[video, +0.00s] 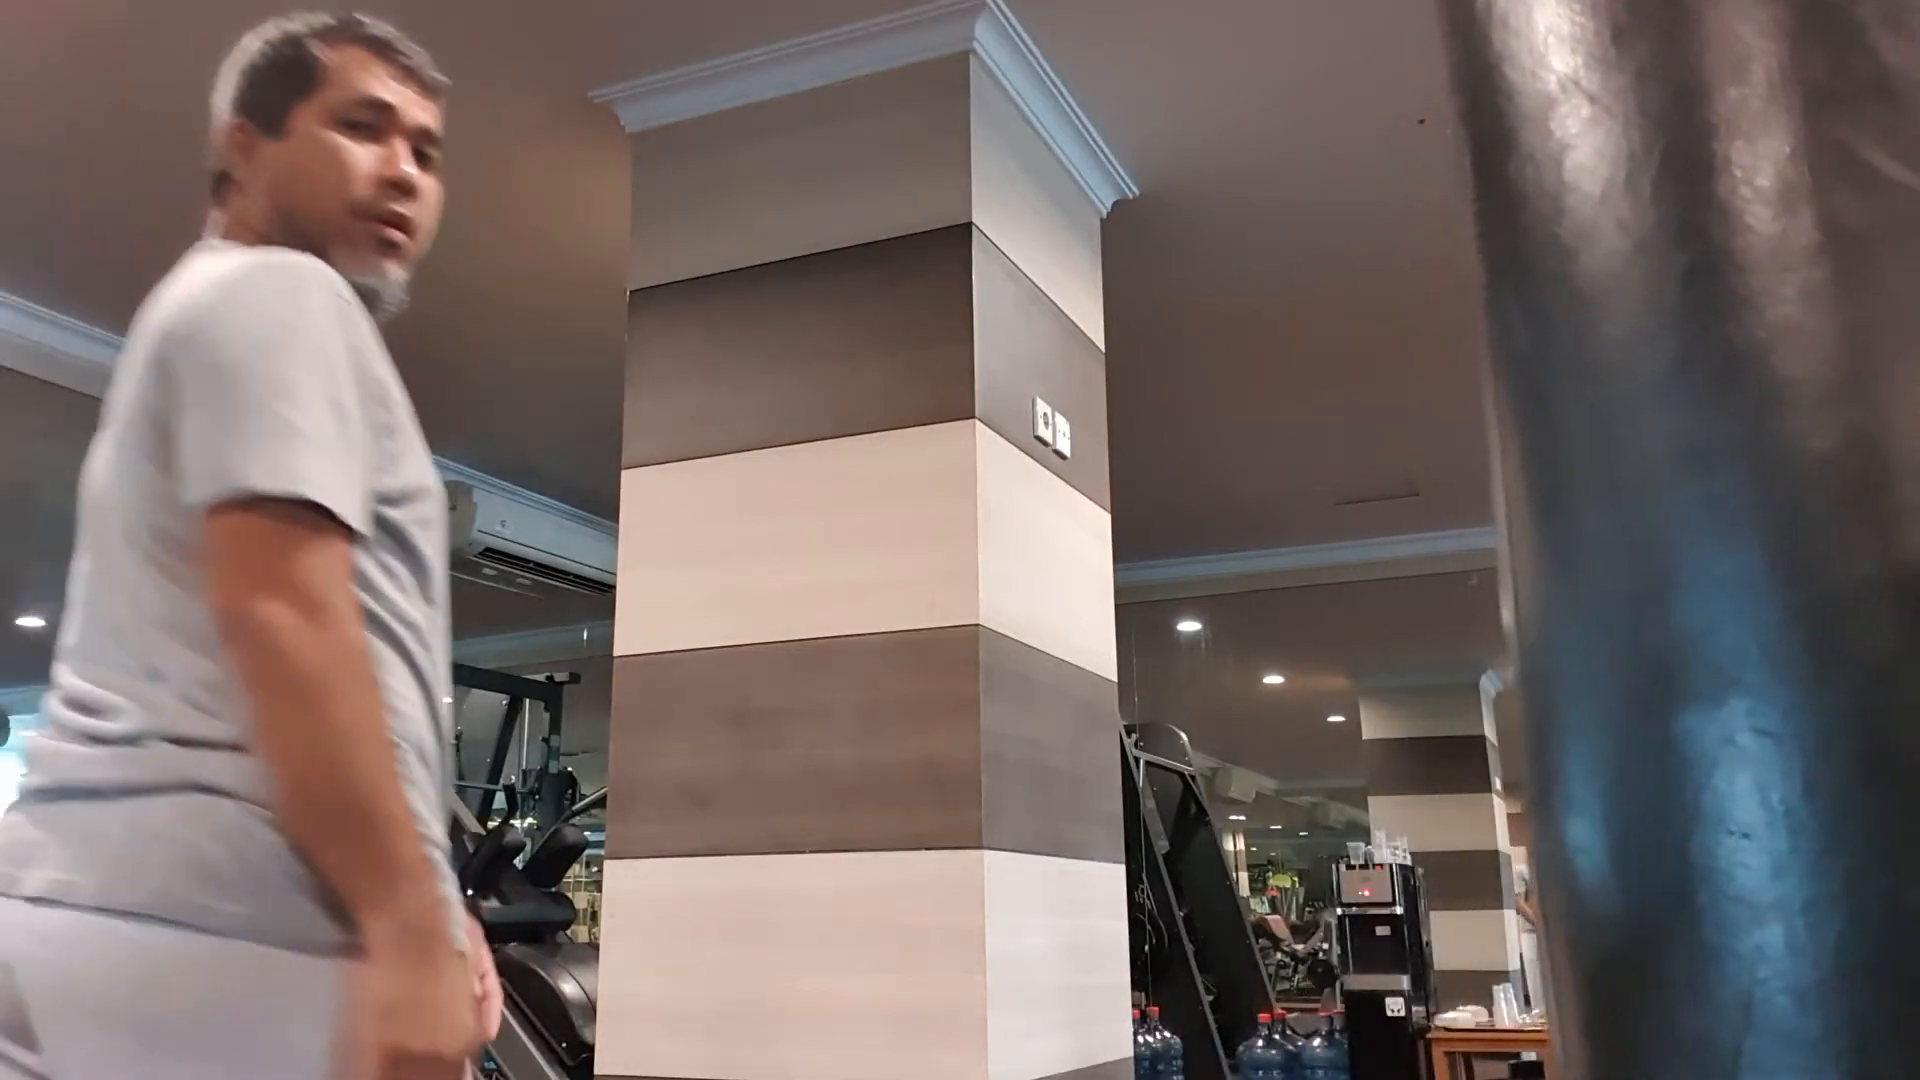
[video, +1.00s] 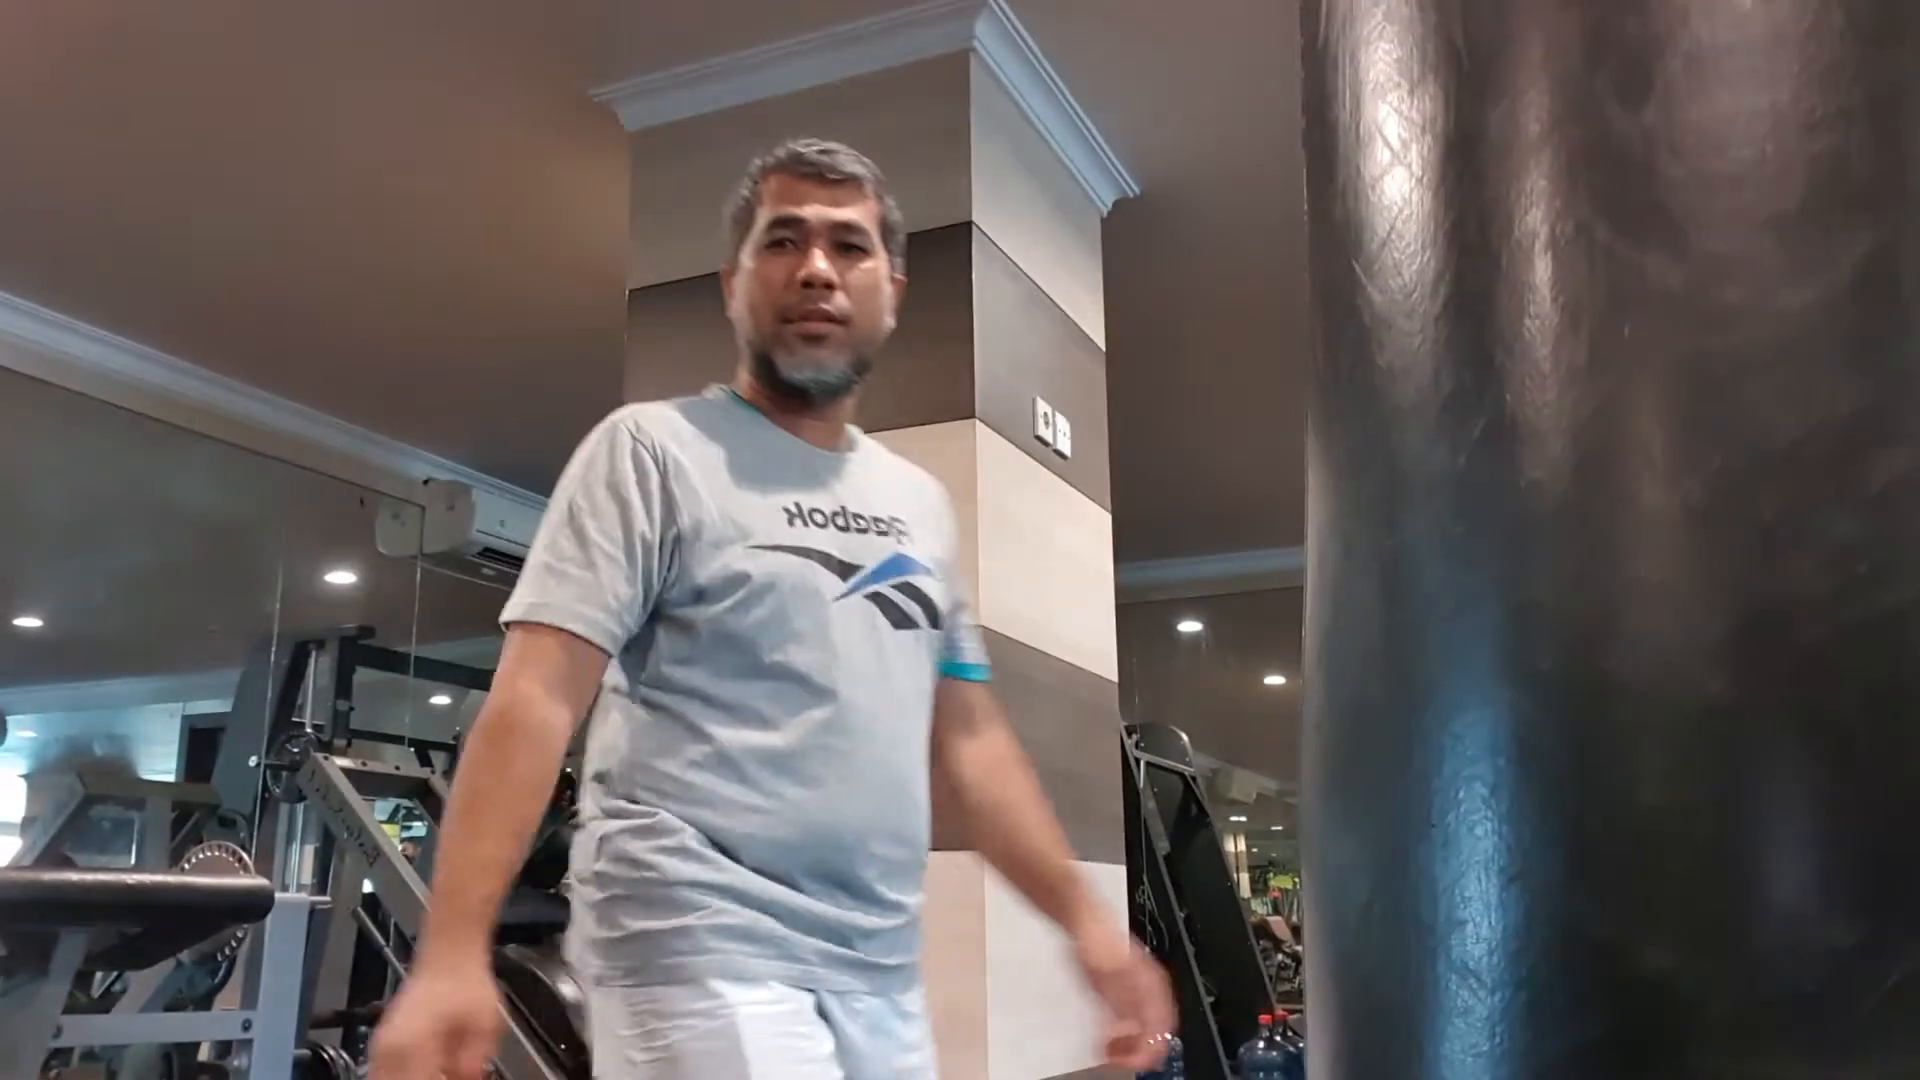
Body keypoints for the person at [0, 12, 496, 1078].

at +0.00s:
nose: (409, 172)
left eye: (427, 151)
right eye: (365, 126)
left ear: (437, 188)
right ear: (242, 144)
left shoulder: (213, 304)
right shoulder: (274, 296)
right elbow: (281, 610)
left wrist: (430, 904)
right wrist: (405, 922)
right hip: (219, 944)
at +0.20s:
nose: (537, 215)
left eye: (555, 189)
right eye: (495, 173)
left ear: (573, 217)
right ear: (383, 197)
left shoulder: (327, 368)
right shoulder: (433, 372)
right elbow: (475, 703)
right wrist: (583, 1000)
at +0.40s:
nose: (657, 249)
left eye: (674, 223)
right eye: (615, 210)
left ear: (695, 250)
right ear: (518, 238)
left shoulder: (464, 404)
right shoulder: (554, 413)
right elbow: (620, 742)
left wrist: (632, 885)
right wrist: (768, 986)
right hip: (509, 978)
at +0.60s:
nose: (711, 248)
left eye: (736, 221)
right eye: (671, 211)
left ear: (760, 254)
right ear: (593, 242)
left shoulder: (647, 426)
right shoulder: (582, 414)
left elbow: (640, 717)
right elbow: (628, 722)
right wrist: (816, 940)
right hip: (573, 959)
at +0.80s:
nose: (762, 244)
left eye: (793, 220)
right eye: (726, 213)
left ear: (826, 262)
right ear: (664, 252)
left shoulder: (809, 471)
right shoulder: (605, 415)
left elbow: (795, 713)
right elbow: (563, 683)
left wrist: (866, 904)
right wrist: (679, 962)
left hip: (786, 973)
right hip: (609, 961)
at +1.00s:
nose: (816, 270)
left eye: (849, 247)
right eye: (784, 242)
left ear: (894, 296)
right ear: (729, 287)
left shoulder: (918, 503)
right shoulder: (647, 452)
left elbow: (966, 737)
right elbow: (534, 699)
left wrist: (1085, 917)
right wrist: (451, 954)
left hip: (876, 971)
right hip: (693, 953)